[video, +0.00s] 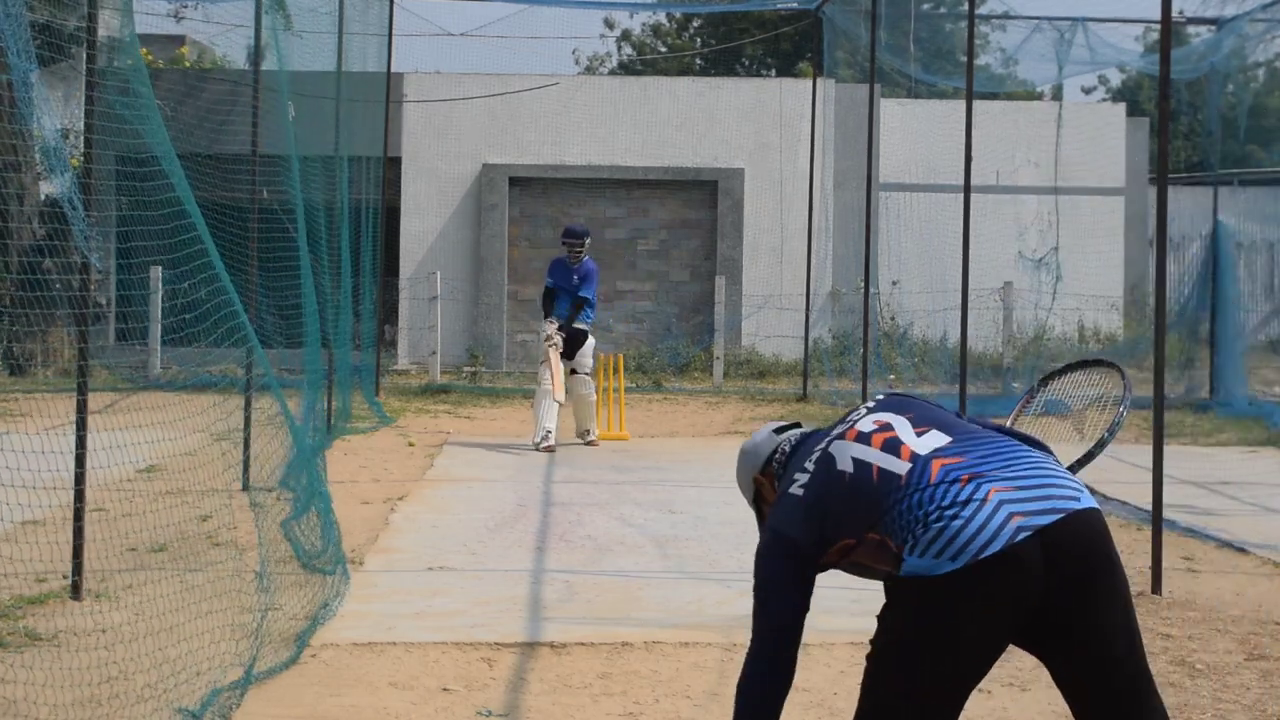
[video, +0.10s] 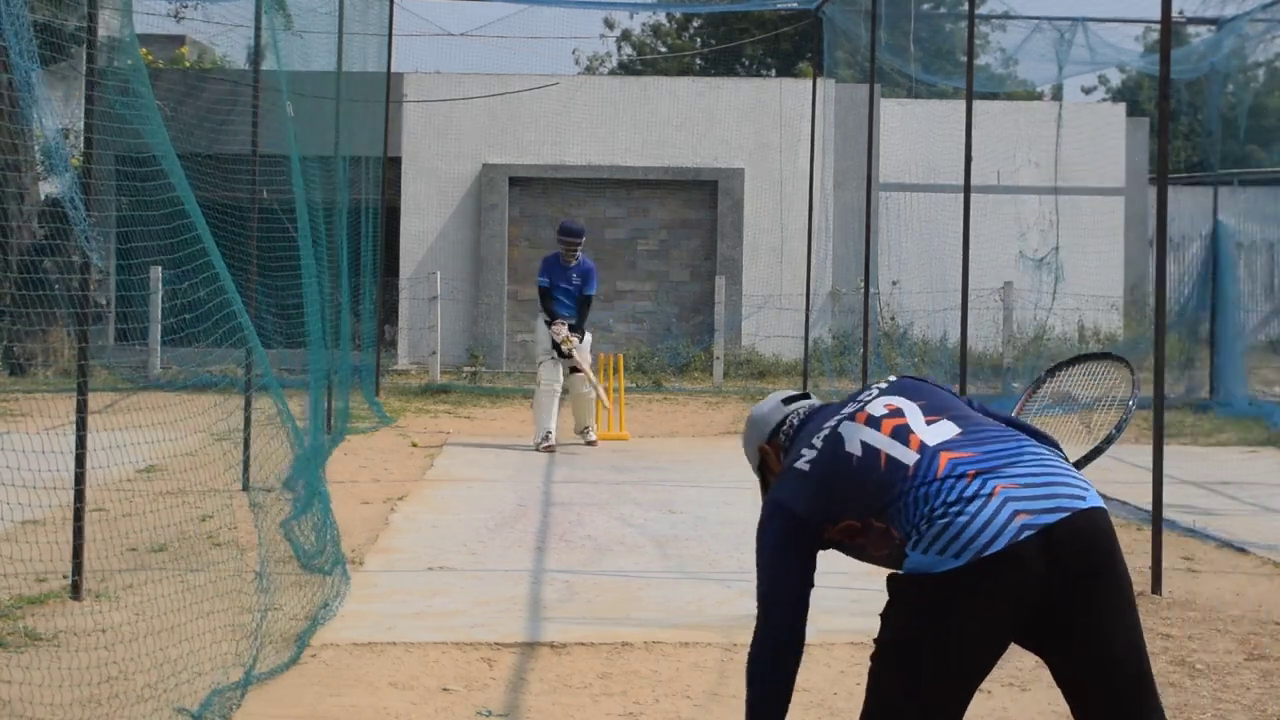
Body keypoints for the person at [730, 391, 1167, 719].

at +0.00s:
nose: (767, 522)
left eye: (760, 507)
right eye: (759, 510)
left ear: (770, 481)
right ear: (803, 442)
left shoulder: (791, 512)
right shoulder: (894, 408)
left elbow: (769, 664)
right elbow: (1031, 448)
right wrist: (902, 564)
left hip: (962, 561)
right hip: (1075, 529)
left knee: (896, 709)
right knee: (1129, 705)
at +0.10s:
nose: (771, 490)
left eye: (766, 475)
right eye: (765, 477)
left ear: (775, 455)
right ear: (817, 413)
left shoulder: (791, 494)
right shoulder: (906, 387)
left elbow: (778, 640)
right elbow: (1041, 443)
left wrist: (762, 715)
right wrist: (909, 549)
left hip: (967, 556)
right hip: (1080, 526)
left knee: (901, 712)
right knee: (1130, 707)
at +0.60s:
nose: (1015, 231)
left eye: (1016, 220)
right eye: (1016, 220)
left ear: (1026, 223)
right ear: (1105, 214)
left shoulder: (996, 309)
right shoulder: (1173, 291)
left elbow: (991, 463)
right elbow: (1217, 438)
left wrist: (1071, 493)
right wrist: (1216, 522)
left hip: (1080, 568)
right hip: (1203, 562)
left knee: (1011, 710)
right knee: (1185, 710)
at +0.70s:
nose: (1045, 210)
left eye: (1046, 199)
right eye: (1048, 198)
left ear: (1057, 205)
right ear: (1138, 199)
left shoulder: (1022, 293)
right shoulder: (1201, 282)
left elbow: (1004, 447)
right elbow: (1240, 427)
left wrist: (1086, 491)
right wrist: (1233, 494)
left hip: (1098, 554)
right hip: (1221, 550)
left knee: (1042, 709)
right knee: (1197, 710)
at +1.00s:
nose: (1128, 192)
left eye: (1131, 181)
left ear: (1141, 190)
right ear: (1229, 188)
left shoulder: (1100, 279)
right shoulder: (1273, 279)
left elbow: (1062, 436)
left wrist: (1138, 485)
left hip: (1176, 576)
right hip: (1277, 565)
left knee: (1174, 707)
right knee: (1261, 705)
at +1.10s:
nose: (1142, 196)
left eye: (1144, 184)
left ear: (1155, 193)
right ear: (1244, 189)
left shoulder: (1120, 281)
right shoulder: (1278, 274)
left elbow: (1080, 441)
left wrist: (1151, 497)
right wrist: (1155, 492)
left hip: (1202, 585)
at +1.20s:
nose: (1162, 198)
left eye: (1163, 185)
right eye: (1165, 184)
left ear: (1176, 191)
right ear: (1262, 183)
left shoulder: (1148, 286)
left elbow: (1111, 451)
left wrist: (1159, 508)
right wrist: (1166, 508)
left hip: (1229, 589)